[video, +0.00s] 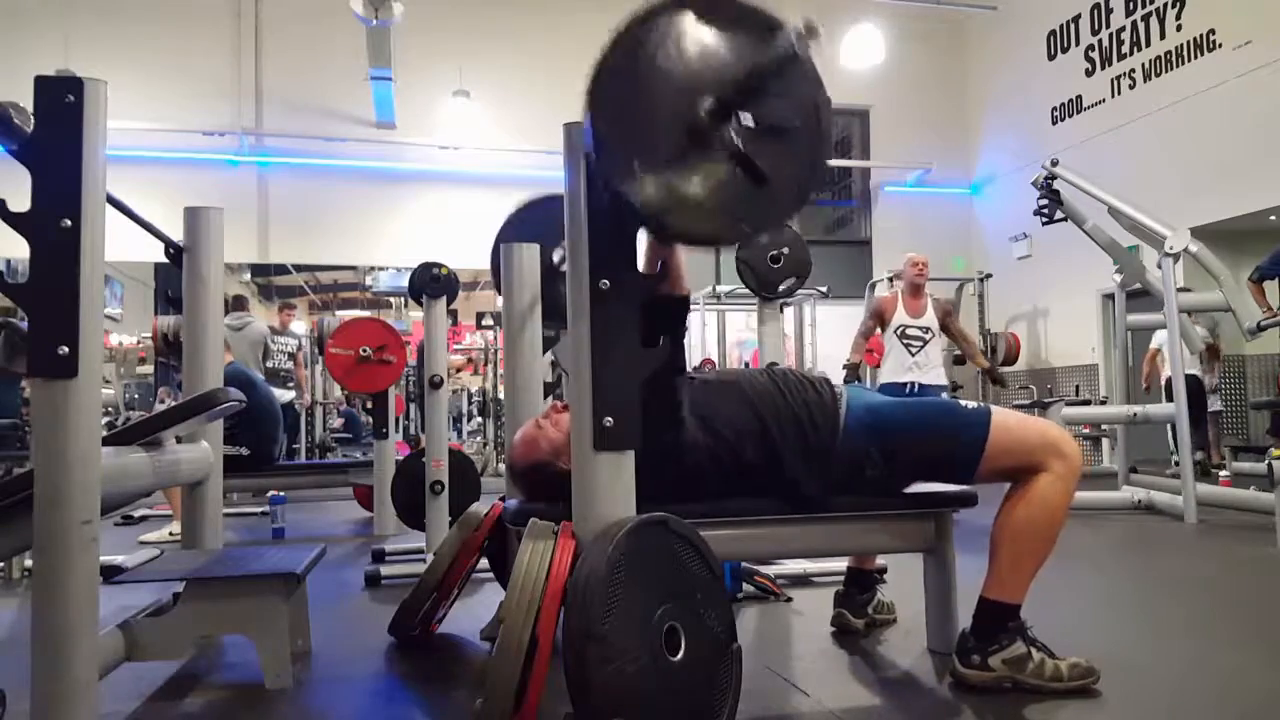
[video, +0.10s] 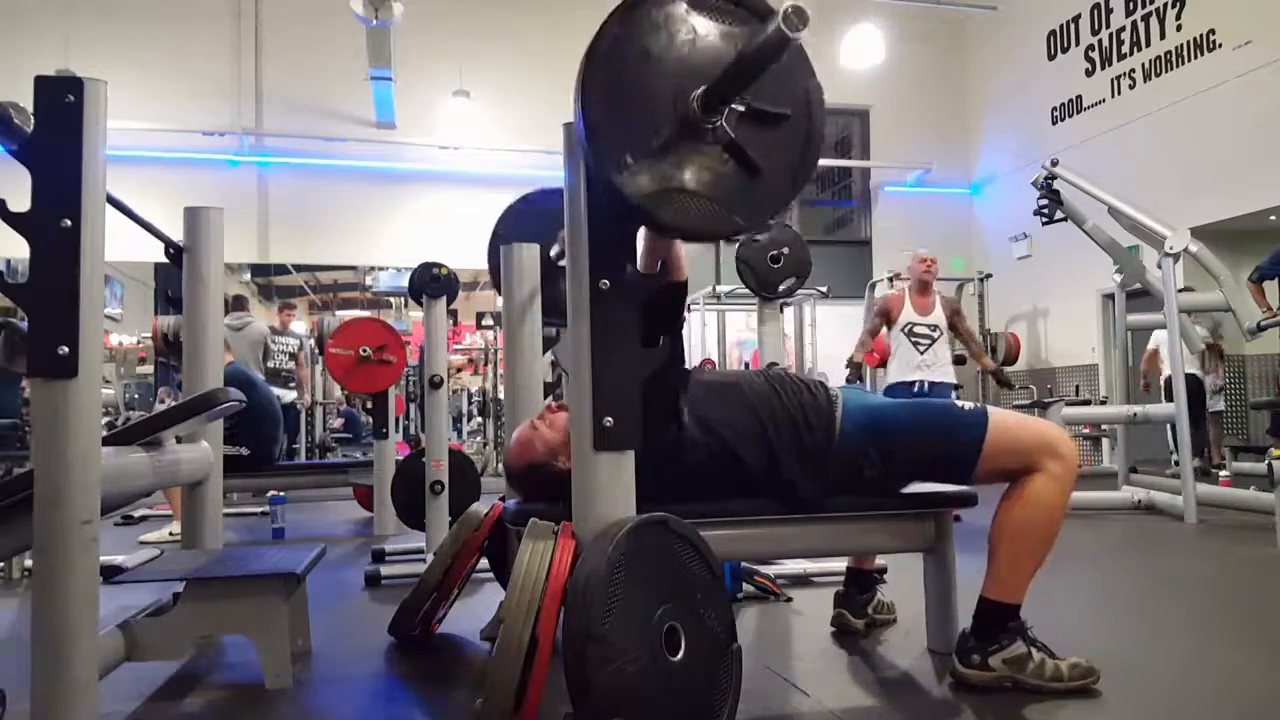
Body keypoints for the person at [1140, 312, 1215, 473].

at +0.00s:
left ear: (1166, 315)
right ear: (1189, 316)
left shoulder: (1161, 333)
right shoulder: (1198, 330)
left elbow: (1150, 357)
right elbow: (1212, 350)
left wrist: (1145, 381)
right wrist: (1211, 368)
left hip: (1171, 378)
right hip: (1194, 377)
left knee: (1174, 420)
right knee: (1199, 419)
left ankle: (1177, 460)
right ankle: (1200, 455)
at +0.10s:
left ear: (1165, 316)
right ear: (1187, 316)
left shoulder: (1159, 333)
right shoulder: (1197, 330)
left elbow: (1146, 360)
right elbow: (1212, 348)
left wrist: (1144, 379)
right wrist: (1211, 369)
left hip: (1170, 377)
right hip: (1194, 376)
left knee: (1173, 420)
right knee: (1197, 419)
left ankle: (1177, 460)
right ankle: (1198, 457)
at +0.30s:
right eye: (1191, 315)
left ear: (1166, 317)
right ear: (1189, 316)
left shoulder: (1160, 334)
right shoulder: (1197, 331)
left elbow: (1146, 362)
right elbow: (1216, 352)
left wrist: (1146, 377)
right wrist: (1221, 374)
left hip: (1170, 379)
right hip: (1194, 378)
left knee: (1171, 420)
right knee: (1194, 422)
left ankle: (1175, 460)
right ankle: (1195, 462)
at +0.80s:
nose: (1192, 320)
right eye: (1191, 317)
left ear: (1168, 319)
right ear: (1185, 320)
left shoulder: (1162, 334)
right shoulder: (1183, 334)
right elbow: (1197, 351)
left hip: (1160, 377)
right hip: (1179, 380)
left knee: (1161, 420)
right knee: (1188, 421)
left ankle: (1159, 461)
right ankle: (1190, 460)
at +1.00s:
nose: (1192, 318)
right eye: (1191, 316)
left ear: (1166, 318)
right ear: (1187, 318)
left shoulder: (1156, 334)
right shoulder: (1182, 335)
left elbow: (1149, 360)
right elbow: (1190, 360)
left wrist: (1157, 374)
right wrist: (1207, 373)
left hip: (1159, 382)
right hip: (1178, 383)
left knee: (1162, 423)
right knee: (1188, 420)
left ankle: (1159, 462)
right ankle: (1189, 460)